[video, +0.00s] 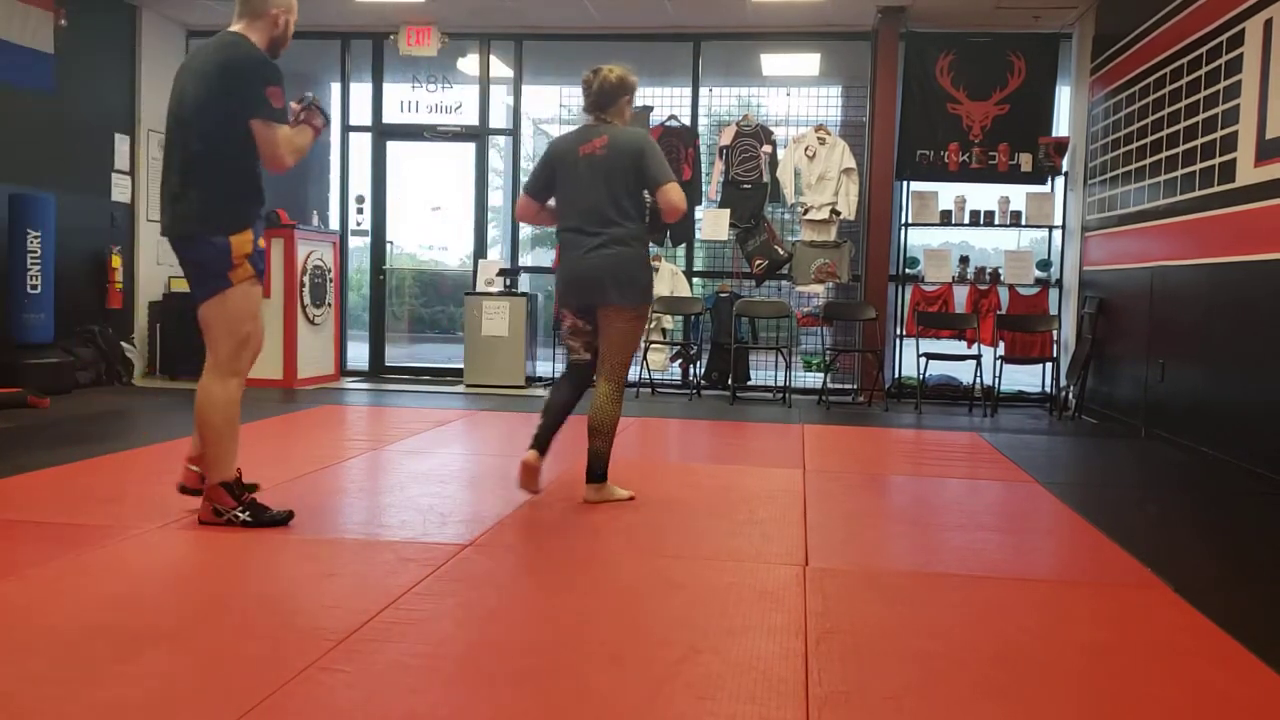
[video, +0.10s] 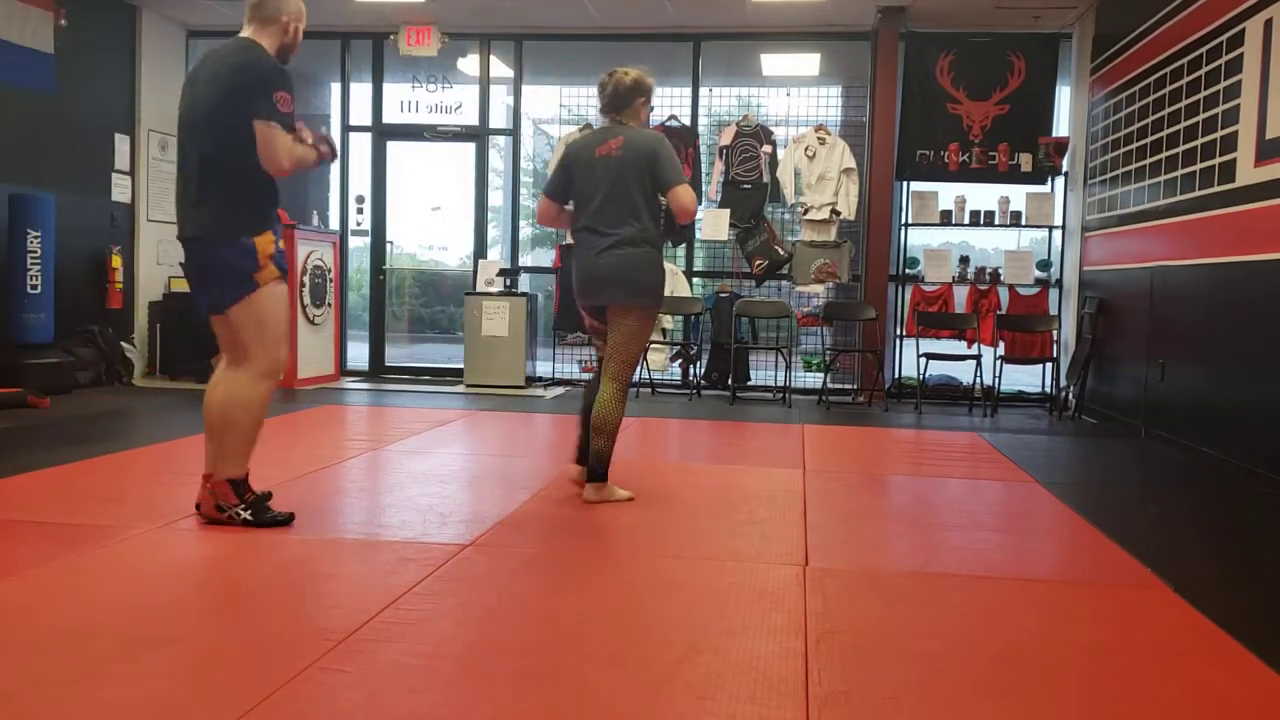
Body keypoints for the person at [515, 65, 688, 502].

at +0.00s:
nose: (634, 110)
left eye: (633, 103)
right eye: (633, 103)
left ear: (588, 103)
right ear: (624, 104)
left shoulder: (562, 145)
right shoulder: (638, 141)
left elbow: (526, 209)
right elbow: (675, 205)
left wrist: (569, 216)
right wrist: (653, 211)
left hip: (574, 269)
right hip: (625, 269)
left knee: (578, 368)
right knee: (611, 379)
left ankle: (536, 451)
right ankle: (597, 483)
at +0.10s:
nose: (650, 112)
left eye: (650, 106)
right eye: (649, 106)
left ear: (604, 106)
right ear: (640, 106)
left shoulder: (577, 145)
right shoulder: (652, 142)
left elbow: (546, 213)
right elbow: (685, 206)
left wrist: (585, 218)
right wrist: (667, 211)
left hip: (586, 267)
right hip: (637, 266)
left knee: (609, 364)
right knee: (616, 377)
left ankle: (585, 459)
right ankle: (597, 482)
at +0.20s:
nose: (666, 117)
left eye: (666, 110)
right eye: (665, 109)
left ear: (620, 109)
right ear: (655, 109)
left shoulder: (595, 152)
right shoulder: (666, 146)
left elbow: (565, 217)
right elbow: (698, 211)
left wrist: (605, 224)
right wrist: (694, 228)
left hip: (604, 268)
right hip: (650, 266)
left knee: (635, 366)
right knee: (622, 374)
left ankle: (640, 467)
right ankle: (596, 482)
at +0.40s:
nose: (701, 126)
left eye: (701, 118)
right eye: (699, 118)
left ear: (660, 119)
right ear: (684, 116)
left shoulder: (636, 162)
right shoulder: (690, 156)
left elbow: (608, 226)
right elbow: (706, 223)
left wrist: (643, 244)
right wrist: (737, 267)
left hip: (641, 273)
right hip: (678, 274)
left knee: (674, 369)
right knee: (650, 377)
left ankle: (674, 469)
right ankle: (601, 472)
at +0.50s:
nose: (724, 123)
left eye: (723, 115)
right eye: (720, 115)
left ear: (687, 117)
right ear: (702, 115)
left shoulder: (656, 159)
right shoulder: (705, 153)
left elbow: (636, 227)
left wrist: (679, 236)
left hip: (657, 271)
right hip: (693, 271)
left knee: (684, 371)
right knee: (693, 374)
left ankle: (674, 469)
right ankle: (623, 453)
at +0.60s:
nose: (747, 121)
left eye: (745, 113)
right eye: (741, 113)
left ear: (712, 117)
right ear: (718, 115)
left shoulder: (686, 153)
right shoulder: (718, 151)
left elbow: (666, 226)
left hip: (677, 276)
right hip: (703, 278)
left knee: (696, 364)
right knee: (734, 369)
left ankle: (675, 461)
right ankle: (672, 449)